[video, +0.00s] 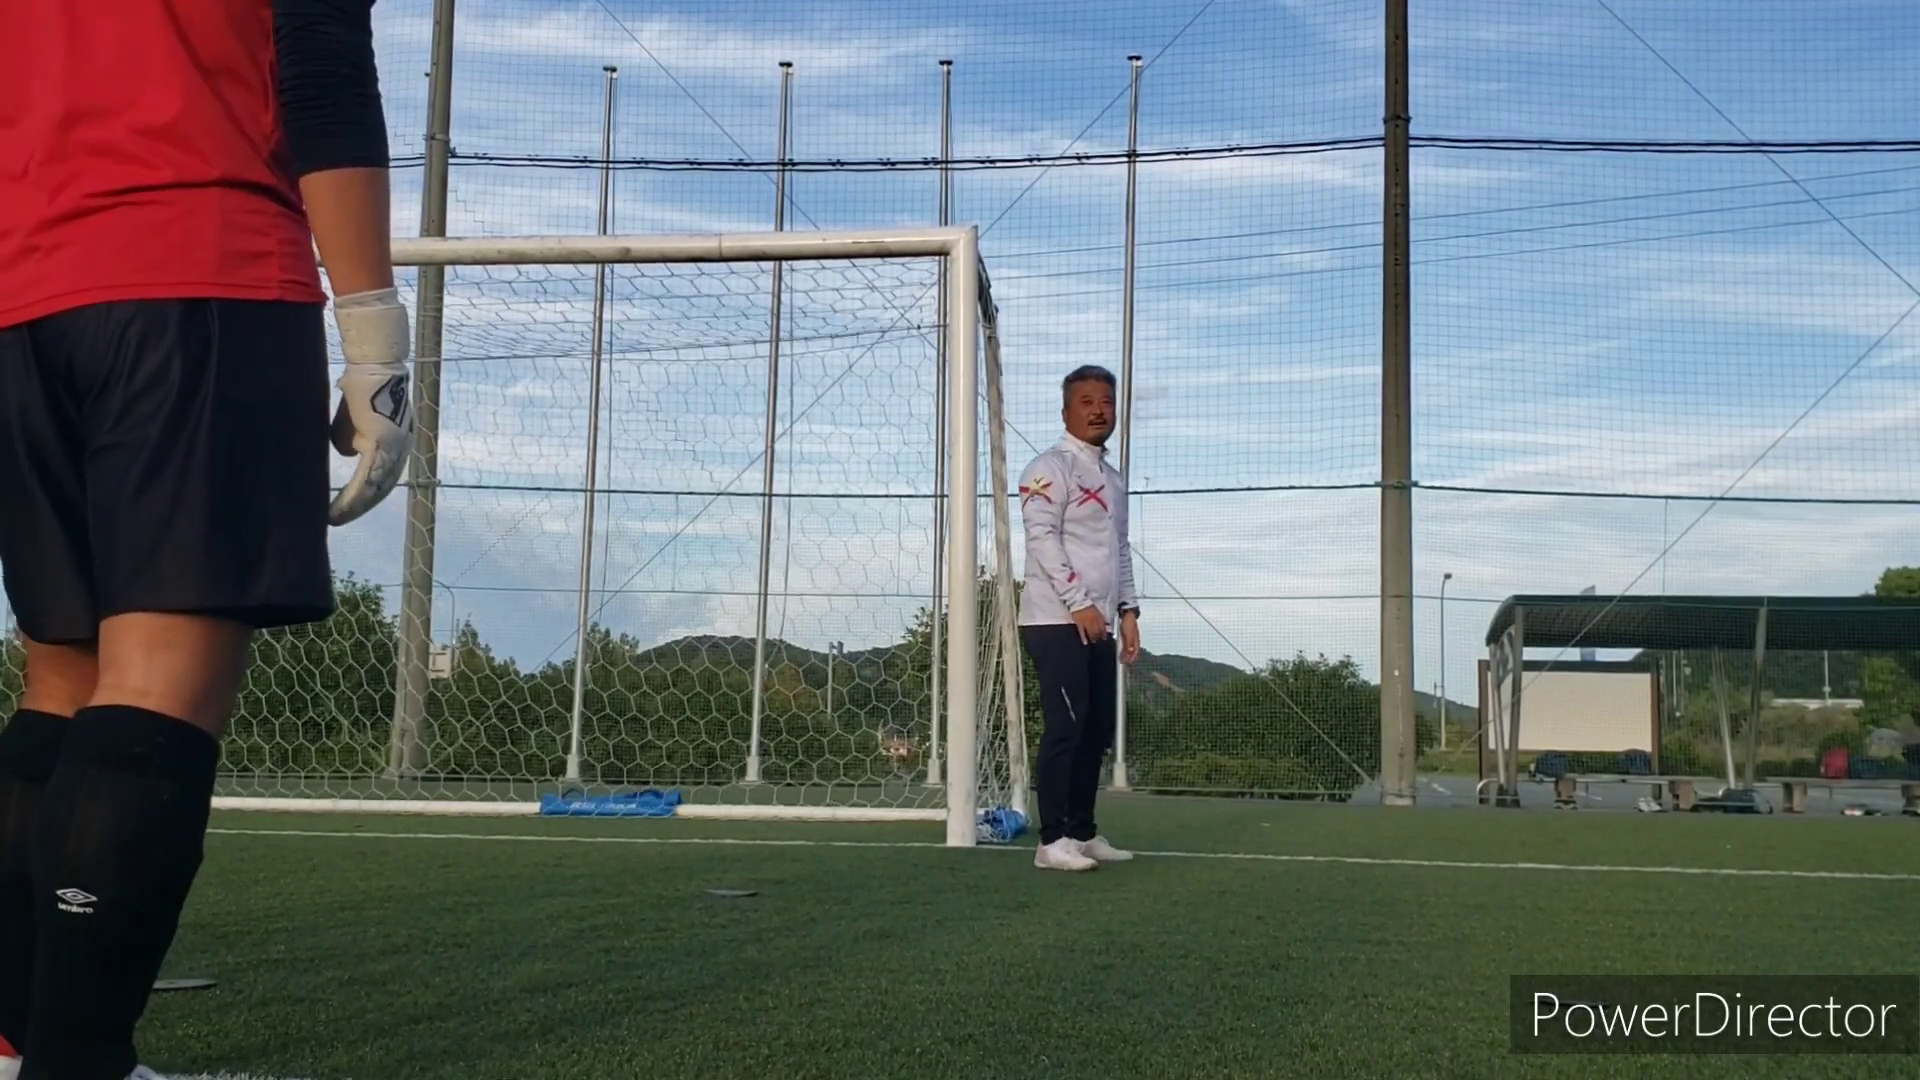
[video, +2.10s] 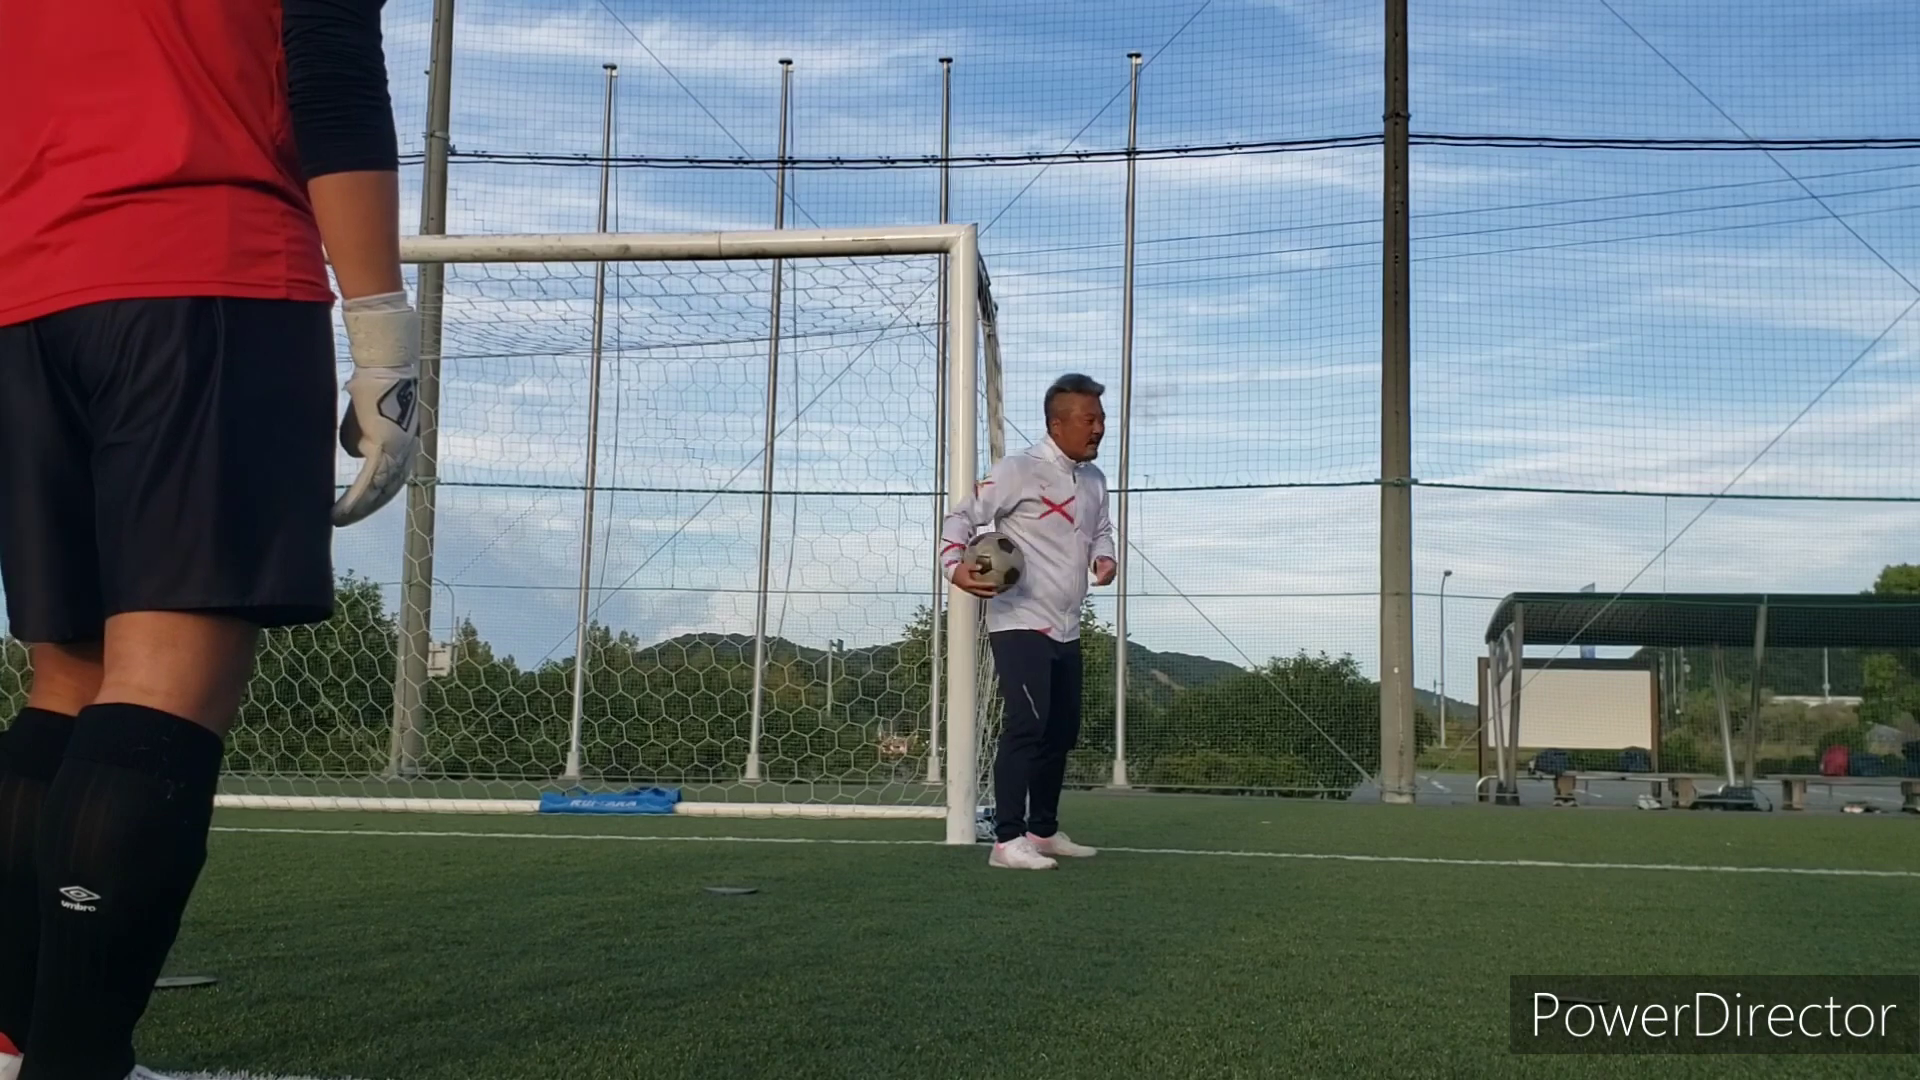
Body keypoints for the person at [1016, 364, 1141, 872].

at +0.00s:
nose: (1099, 410)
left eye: (1107, 402)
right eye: (1087, 402)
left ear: (1116, 411)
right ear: (1066, 411)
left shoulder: (1113, 478)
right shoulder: (1049, 466)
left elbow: (1119, 549)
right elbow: (1042, 540)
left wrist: (1128, 609)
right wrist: (1078, 603)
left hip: (1098, 619)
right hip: (1055, 617)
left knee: (1097, 729)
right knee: (1066, 727)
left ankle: (1082, 833)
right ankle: (1052, 841)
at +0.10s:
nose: (1116, 419)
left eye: (1115, 409)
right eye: (1109, 409)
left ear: (1086, 415)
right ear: (1080, 413)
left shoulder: (1081, 474)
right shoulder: (1048, 461)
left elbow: (1086, 542)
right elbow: (1053, 524)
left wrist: (1131, 531)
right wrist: (1123, 511)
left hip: (1067, 620)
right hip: (1038, 617)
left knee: (1063, 727)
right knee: (1038, 724)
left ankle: (1044, 830)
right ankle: (1011, 837)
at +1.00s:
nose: (1103, 419)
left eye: (1101, 411)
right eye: (1094, 410)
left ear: (1075, 417)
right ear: (1066, 415)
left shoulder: (1074, 473)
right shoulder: (1039, 463)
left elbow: (1114, 526)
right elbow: (1082, 501)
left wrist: (1141, 484)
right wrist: (1129, 459)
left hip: (1066, 622)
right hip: (1033, 618)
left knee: (1066, 727)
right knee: (1041, 724)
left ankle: (1043, 831)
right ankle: (1010, 840)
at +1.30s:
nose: (1093, 420)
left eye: (1093, 412)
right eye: (1085, 411)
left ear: (1066, 416)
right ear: (1052, 415)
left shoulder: (1081, 477)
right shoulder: (1029, 464)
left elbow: (1114, 521)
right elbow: (1067, 511)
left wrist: (1160, 527)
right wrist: (1148, 516)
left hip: (1061, 620)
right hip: (1026, 616)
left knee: (1062, 726)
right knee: (1034, 723)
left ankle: (1042, 831)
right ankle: (1009, 841)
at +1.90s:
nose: (1097, 428)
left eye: (1100, 419)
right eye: (1088, 418)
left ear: (1095, 423)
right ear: (1056, 421)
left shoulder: (1089, 483)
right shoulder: (1025, 467)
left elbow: (1104, 532)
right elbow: (1036, 531)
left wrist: (1129, 554)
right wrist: (1102, 557)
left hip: (1056, 623)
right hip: (1011, 614)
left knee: (1060, 724)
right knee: (1025, 720)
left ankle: (1041, 832)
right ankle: (1008, 841)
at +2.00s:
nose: (1098, 428)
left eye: (1101, 419)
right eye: (1088, 419)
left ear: (1099, 422)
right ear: (1055, 421)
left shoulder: (1092, 481)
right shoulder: (1023, 469)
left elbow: (1102, 538)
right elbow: (998, 535)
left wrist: (1106, 558)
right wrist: (1040, 567)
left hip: (1061, 620)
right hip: (1014, 616)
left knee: (1060, 726)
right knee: (1027, 721)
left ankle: (1041, 832)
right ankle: (1008, 841)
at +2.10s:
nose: (1098, 427)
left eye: (1100, 417)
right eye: (1087, 419)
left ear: (1098, 421)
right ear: (1055, 423)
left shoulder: (1093, 480)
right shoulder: (1019, 471)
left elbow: (1102, 532)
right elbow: (962, 517)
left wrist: (1103, 557)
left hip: (1064, 625)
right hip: (1017, 619)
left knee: (1060, 729)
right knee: (1026, 723)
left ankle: (1041, 832)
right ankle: (1007, 841)